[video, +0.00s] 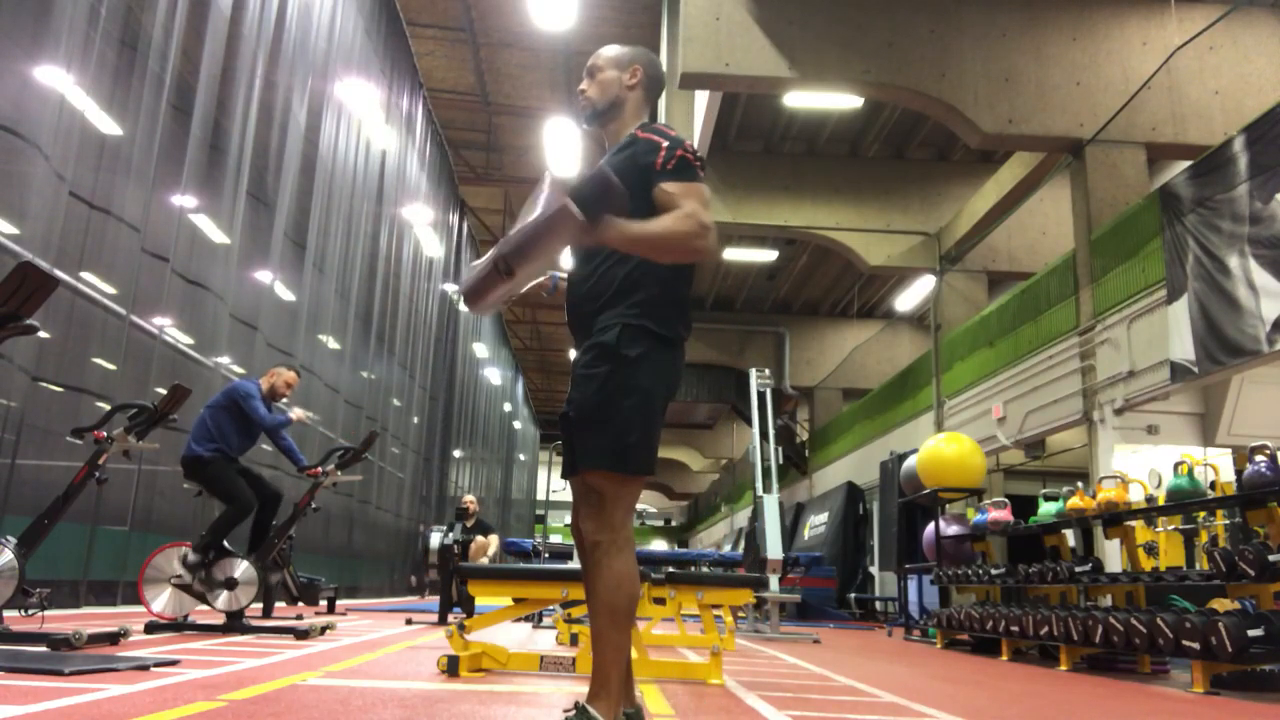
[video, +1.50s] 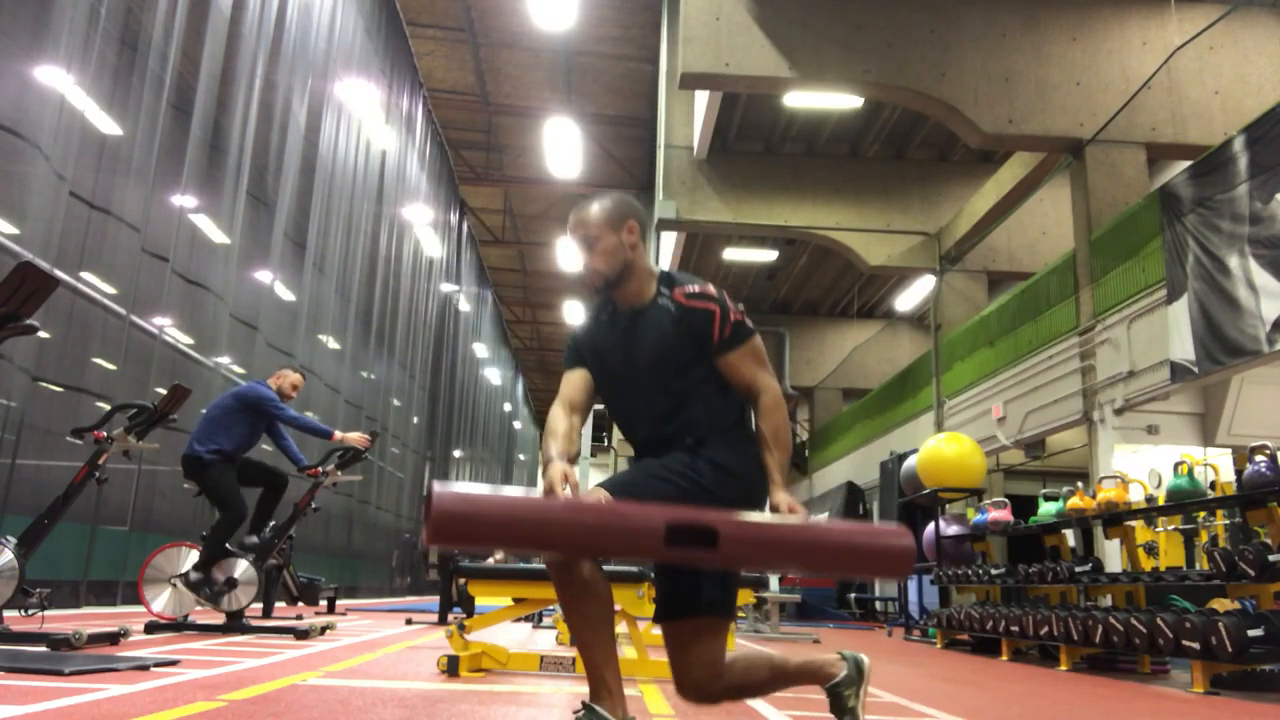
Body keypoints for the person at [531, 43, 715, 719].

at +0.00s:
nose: (582, 87)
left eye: (594, 74)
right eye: (583, 77)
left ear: (635, 80)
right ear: (621, 84)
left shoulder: (658, 144)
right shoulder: (609, 169)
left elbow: (700, 235)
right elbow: (603, 283)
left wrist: (601, 232)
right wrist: (530, 290)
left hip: (631, 356)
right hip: (604, 357)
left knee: (604, 527)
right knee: (594, 527)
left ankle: (609, 703)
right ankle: (615, 697)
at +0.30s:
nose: (587, 97)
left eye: (598, 84)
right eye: (589, 87)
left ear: (637, 89)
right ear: (632, 94)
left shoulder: (648, 144)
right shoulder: (629, 157)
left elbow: (636, 213)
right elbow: (624, 282)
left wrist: (541, 188)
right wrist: (566, 279)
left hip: (627, 349)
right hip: (622, 349)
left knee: (598, 524)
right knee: (600, 525)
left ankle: (616, 703)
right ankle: (617, 700)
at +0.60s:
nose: (585, 90)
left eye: (597, 76)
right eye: (584, 79)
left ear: (639, 80)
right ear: (625, 84)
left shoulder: (658, 150)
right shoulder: (627, 161)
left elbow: (659, 244)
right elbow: (622, 261)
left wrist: (564, 260)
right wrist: (544, 267)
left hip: (631, 358)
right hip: (614, 356)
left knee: (600, 525)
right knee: (595, 525)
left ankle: (617, 703)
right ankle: (616, 700)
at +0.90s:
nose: (572, 98)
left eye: (584, 84)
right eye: (569, 88)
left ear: (628, 83)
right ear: (581, 95)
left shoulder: (669, 165)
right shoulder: (581, 193)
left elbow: (711, 264)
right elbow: (544, 275)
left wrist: (669, 343)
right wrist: (487, 283)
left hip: (659, 368)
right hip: (616, 370)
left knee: (599, 522)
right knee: (610, 535)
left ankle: (614, 707)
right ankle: (725, 645)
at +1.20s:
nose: (571, 168)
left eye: (581, 153)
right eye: (566, 156)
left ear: (620, 147)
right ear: (568, 161)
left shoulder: (678, 221)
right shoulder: (579, 247)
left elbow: (744, 304)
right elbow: (549, 320)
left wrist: (745, 395)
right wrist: (528, 356)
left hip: (689, 411)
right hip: (653, 417)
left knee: (573, 524)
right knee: (708, 585)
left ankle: (611, 706)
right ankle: (830, 664)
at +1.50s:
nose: (583, 261)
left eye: (591, 246)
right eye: (578, 249)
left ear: (631, 236)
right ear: (579, 249)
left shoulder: (700, 303)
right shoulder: (593, 334)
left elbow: (766, 389)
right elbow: (567, 407)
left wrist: (778, 483)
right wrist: (556, 460)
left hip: (722, 470)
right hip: (668, 477)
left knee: (566, 525)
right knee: (700, 679)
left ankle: (609, 707)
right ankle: (837, 670)